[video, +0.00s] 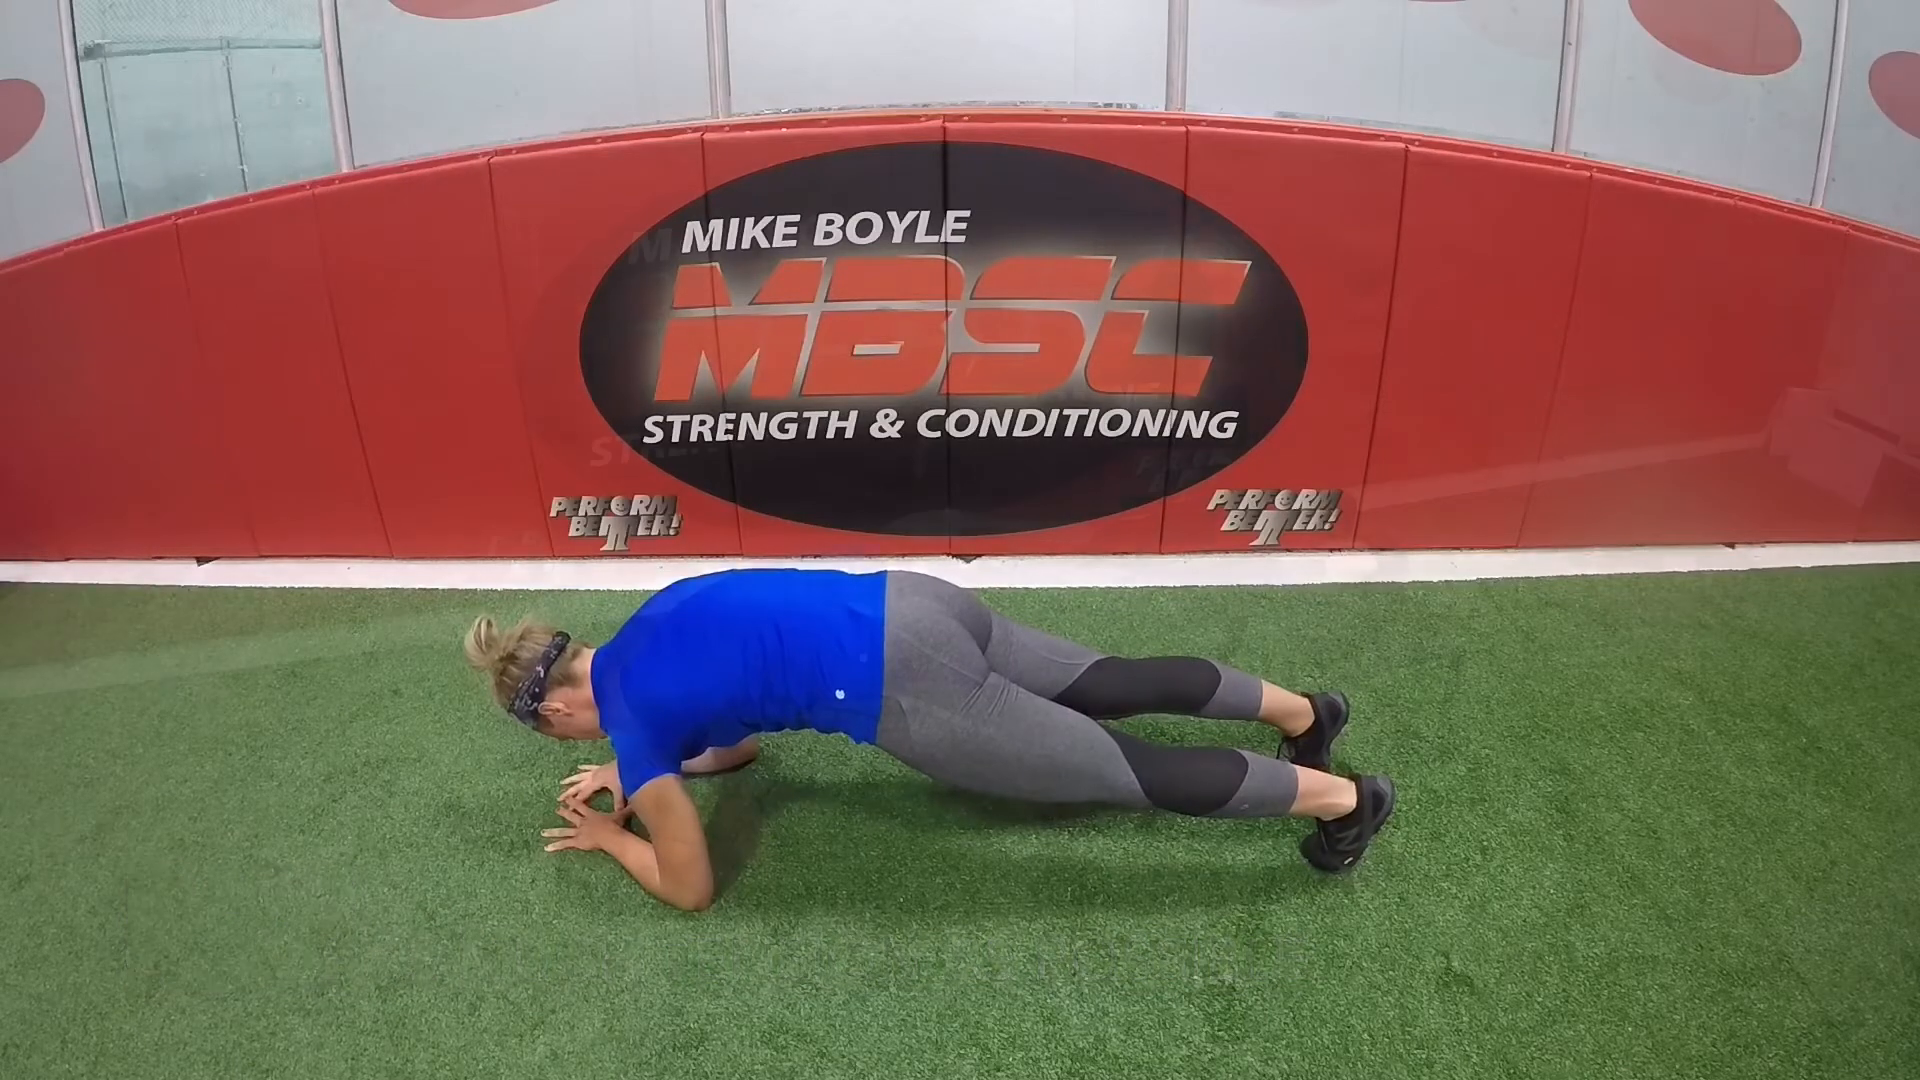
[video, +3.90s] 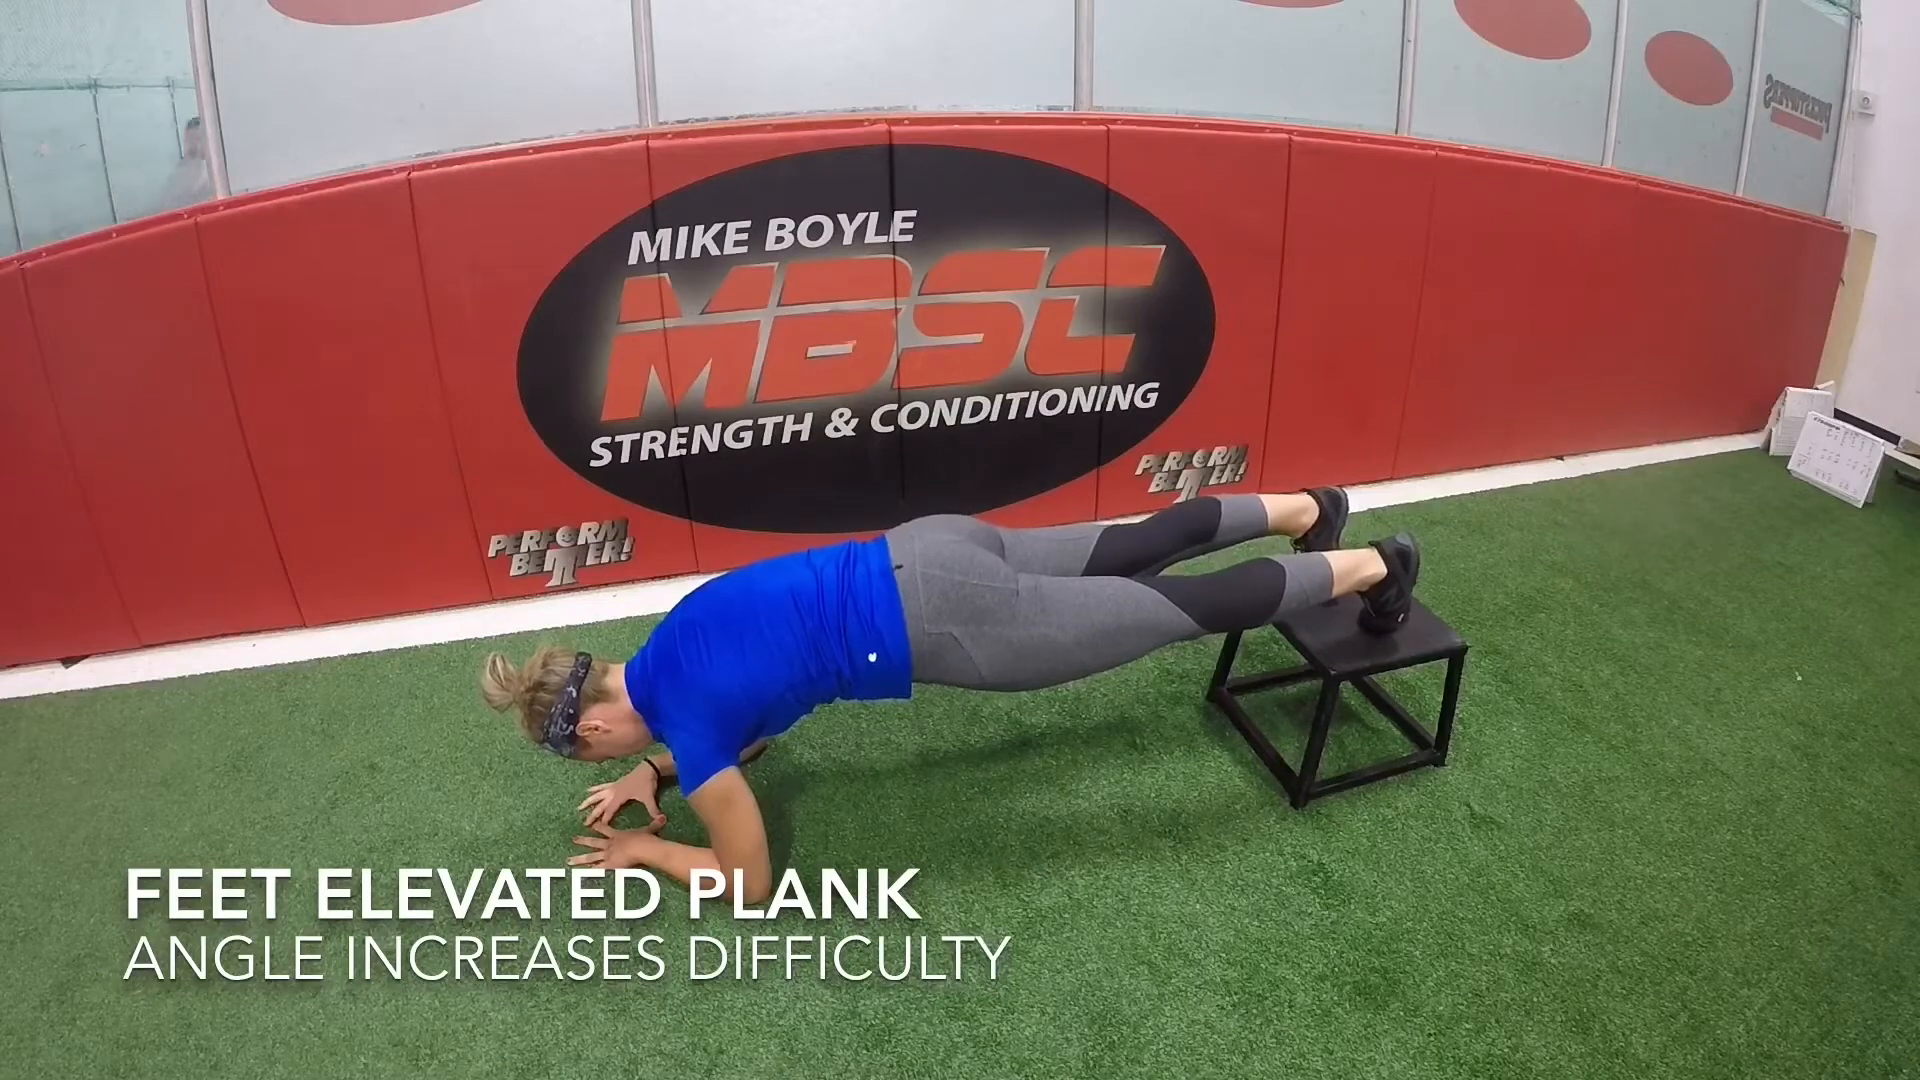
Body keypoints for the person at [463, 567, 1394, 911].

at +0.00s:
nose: (572, 736)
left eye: (556, 730)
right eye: (561, 730)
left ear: (560, 699)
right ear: (575, 648)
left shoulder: (631, 716)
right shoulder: (657, 609)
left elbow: (688, 885)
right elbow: (738, 740)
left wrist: (612, 840)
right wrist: (640, 777)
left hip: (900, 690)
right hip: (916, 593)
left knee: (1131, 771)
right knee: (1110, 681)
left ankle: (1343, 798)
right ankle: (1306, 714)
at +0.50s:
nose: (582, 744)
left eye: (564, 732)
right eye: (569, 734)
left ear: (575, 703)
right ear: (581, 660)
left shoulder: (650, 711)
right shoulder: (653, 627)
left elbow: (739, 878)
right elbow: (739, 759)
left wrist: (629, 852)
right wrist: (649, 782)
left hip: (897, 681)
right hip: (906, 583)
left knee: (1106, 774)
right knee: (1082, 670)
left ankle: (1325, 791)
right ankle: (1283, 706)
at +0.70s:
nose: (594, 755)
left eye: (578, 741)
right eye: (580, 745)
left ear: (592, 707)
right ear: (589, 677)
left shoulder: (681, 720)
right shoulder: (658, 640)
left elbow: (744, 880)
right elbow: (746, 756)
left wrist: (641, 858)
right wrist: (659, 808)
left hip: (926, 626)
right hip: (905, 544)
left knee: (1147, 611)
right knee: (1101, 556)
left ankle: (1330, 572)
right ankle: (1260, 514)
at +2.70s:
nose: (609, 752)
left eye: (593, 743)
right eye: (597, 745)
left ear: (602, 710)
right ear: (601, 670)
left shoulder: (689, 717)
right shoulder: (673, 629)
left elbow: (748, 878)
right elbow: (749, 741)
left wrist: (645, 852)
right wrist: (660, 792)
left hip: (942, 629)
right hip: (921, 540)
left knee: (1176, 607)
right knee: (1119, 544)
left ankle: (1346, 566)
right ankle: (1276, 508)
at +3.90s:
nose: (609, 755)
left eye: (593, 746)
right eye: (597, 748)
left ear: (601, 711)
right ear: (600, 673)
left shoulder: (689, 719)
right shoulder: (670, 631)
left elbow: (746, 878)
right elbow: (749, 736)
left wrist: (646, 851)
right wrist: (660, 792)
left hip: (935, 626)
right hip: (918, 539)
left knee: (1165, 613)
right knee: (1114, 547)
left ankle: (1345, 570)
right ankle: (1274, 507)